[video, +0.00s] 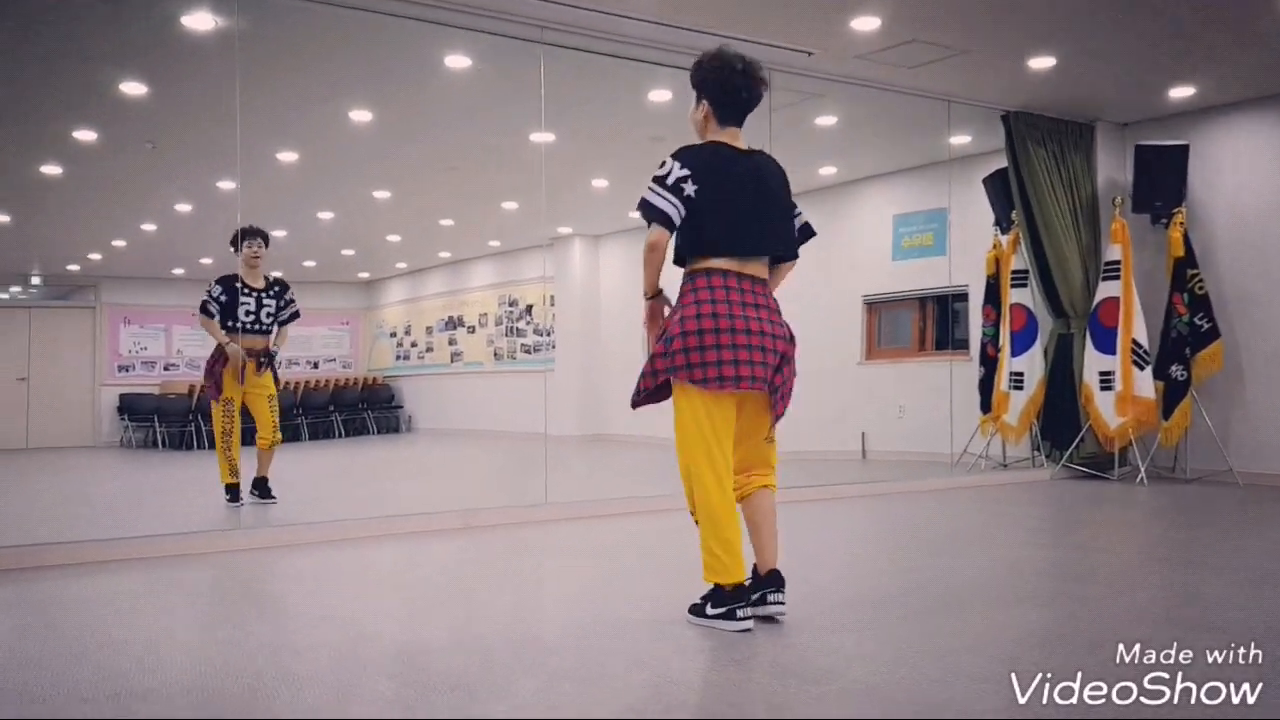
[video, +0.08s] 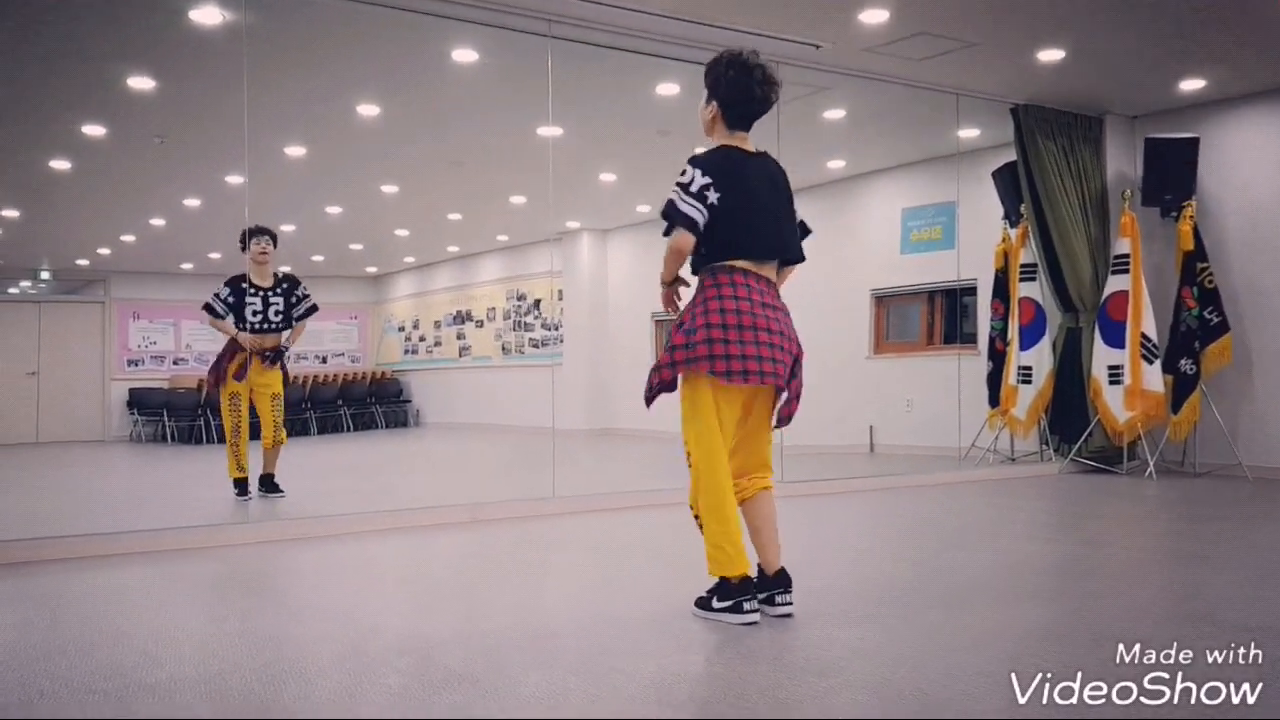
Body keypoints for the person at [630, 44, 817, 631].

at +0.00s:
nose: (691, 111)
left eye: (693, 102)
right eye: (694, 102)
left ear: (703, 107)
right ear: (748, 110)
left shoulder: (685, 163)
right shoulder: (771, 171)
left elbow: (657, 238)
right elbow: (792, 251)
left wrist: (652, 298)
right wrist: (755, 298)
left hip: (703, 310)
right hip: (762, 313)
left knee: (706, 459)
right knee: (754, 458)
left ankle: (727, 589)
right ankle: (769, 579)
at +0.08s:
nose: (700, 111)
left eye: (703, 102)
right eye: (705, 102)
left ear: (712, 109)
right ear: (755, 113)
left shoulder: (705, 167)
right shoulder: (775, 172)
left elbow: (682, 237)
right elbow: (794, 251)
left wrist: (668, 279)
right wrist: (763, 297)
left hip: (719, 308)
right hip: (770, 312)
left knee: (709, 456)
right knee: (750, 460)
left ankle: (733, 582)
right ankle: (773, 577)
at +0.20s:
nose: (701, 115)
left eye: (704, 106)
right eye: (706, 106)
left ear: (712, 114)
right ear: (754, 119)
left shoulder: (711, 172)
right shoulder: (770, 177)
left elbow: (703, 258)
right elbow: (787, 262)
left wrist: (675, 291)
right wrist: (757, 310)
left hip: (723, 322)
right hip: (771, 327)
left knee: (691, 460)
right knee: (741, 466)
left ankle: (729, 578)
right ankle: (771, 577)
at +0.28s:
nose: (698, 118)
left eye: (701, 109)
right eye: (703, 109)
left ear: (709, 117)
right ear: (753, 121)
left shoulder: (708, 176)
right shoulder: (770, 179)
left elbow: (709, 266)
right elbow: (789, 261)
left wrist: (678, 317)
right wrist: (758, 313)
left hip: (724, 324)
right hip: (773, 328)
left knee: (678, 473)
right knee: (742, 470)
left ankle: (725, 577)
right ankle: (771, 579)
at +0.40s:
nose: (693, 114)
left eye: (696, 106)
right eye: (696, 105)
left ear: (703, 114)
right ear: (750, 118)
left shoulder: (699, 172)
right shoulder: (769, 175)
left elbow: (701, 265)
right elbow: (801, 253)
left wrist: (683, 335)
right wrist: (765, 304)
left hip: (724, 323)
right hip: (776, 326)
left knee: (677, 467)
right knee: (753, 470)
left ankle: (721, 570)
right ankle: (772, 579)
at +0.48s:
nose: (691, 110)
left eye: (692, 102)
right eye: (693, 102)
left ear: (699, 108)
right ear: (748, 112)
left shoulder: (686, 168)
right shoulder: (771, 169)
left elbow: (685, 258)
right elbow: (809, 247)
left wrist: (684, 330)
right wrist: (768, 292)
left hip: (722, 319)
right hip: (779, 317)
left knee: (684, 463)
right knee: (767, 465)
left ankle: (719, 567)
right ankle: (773, 579)